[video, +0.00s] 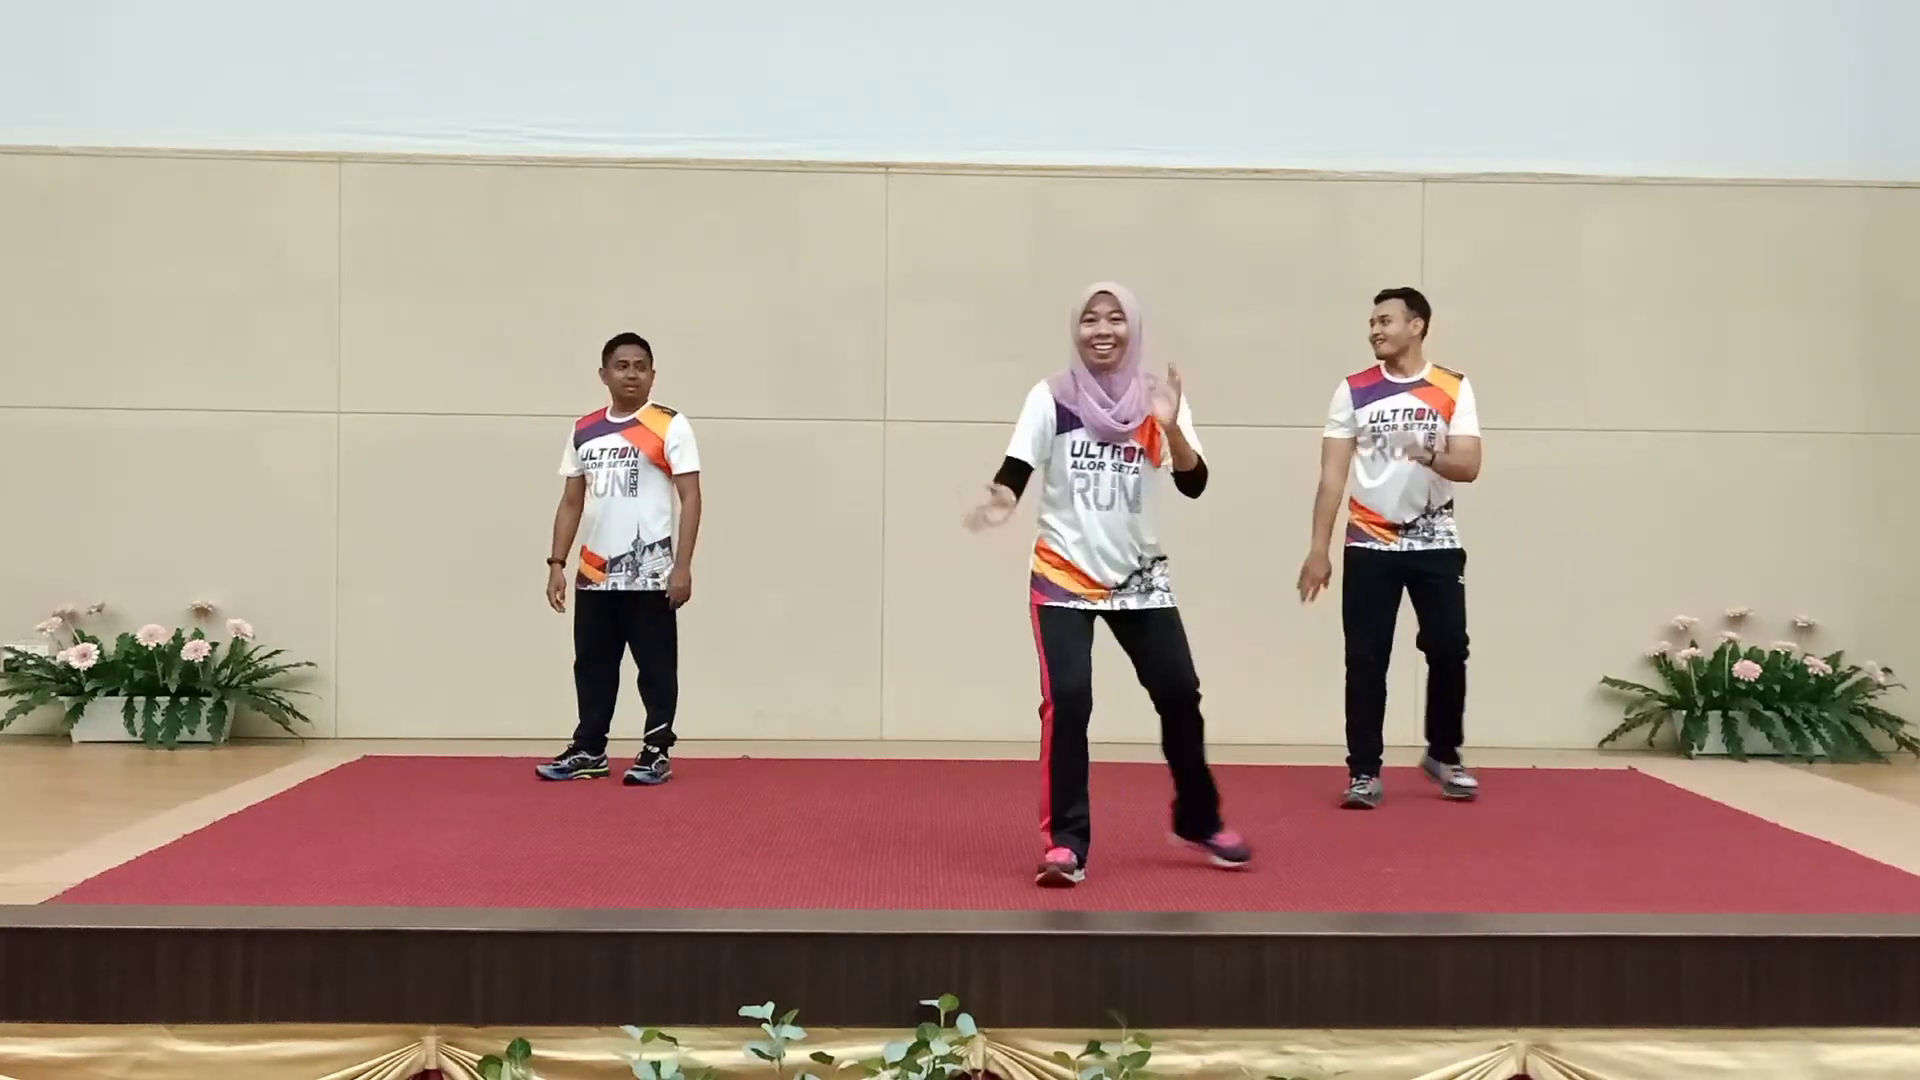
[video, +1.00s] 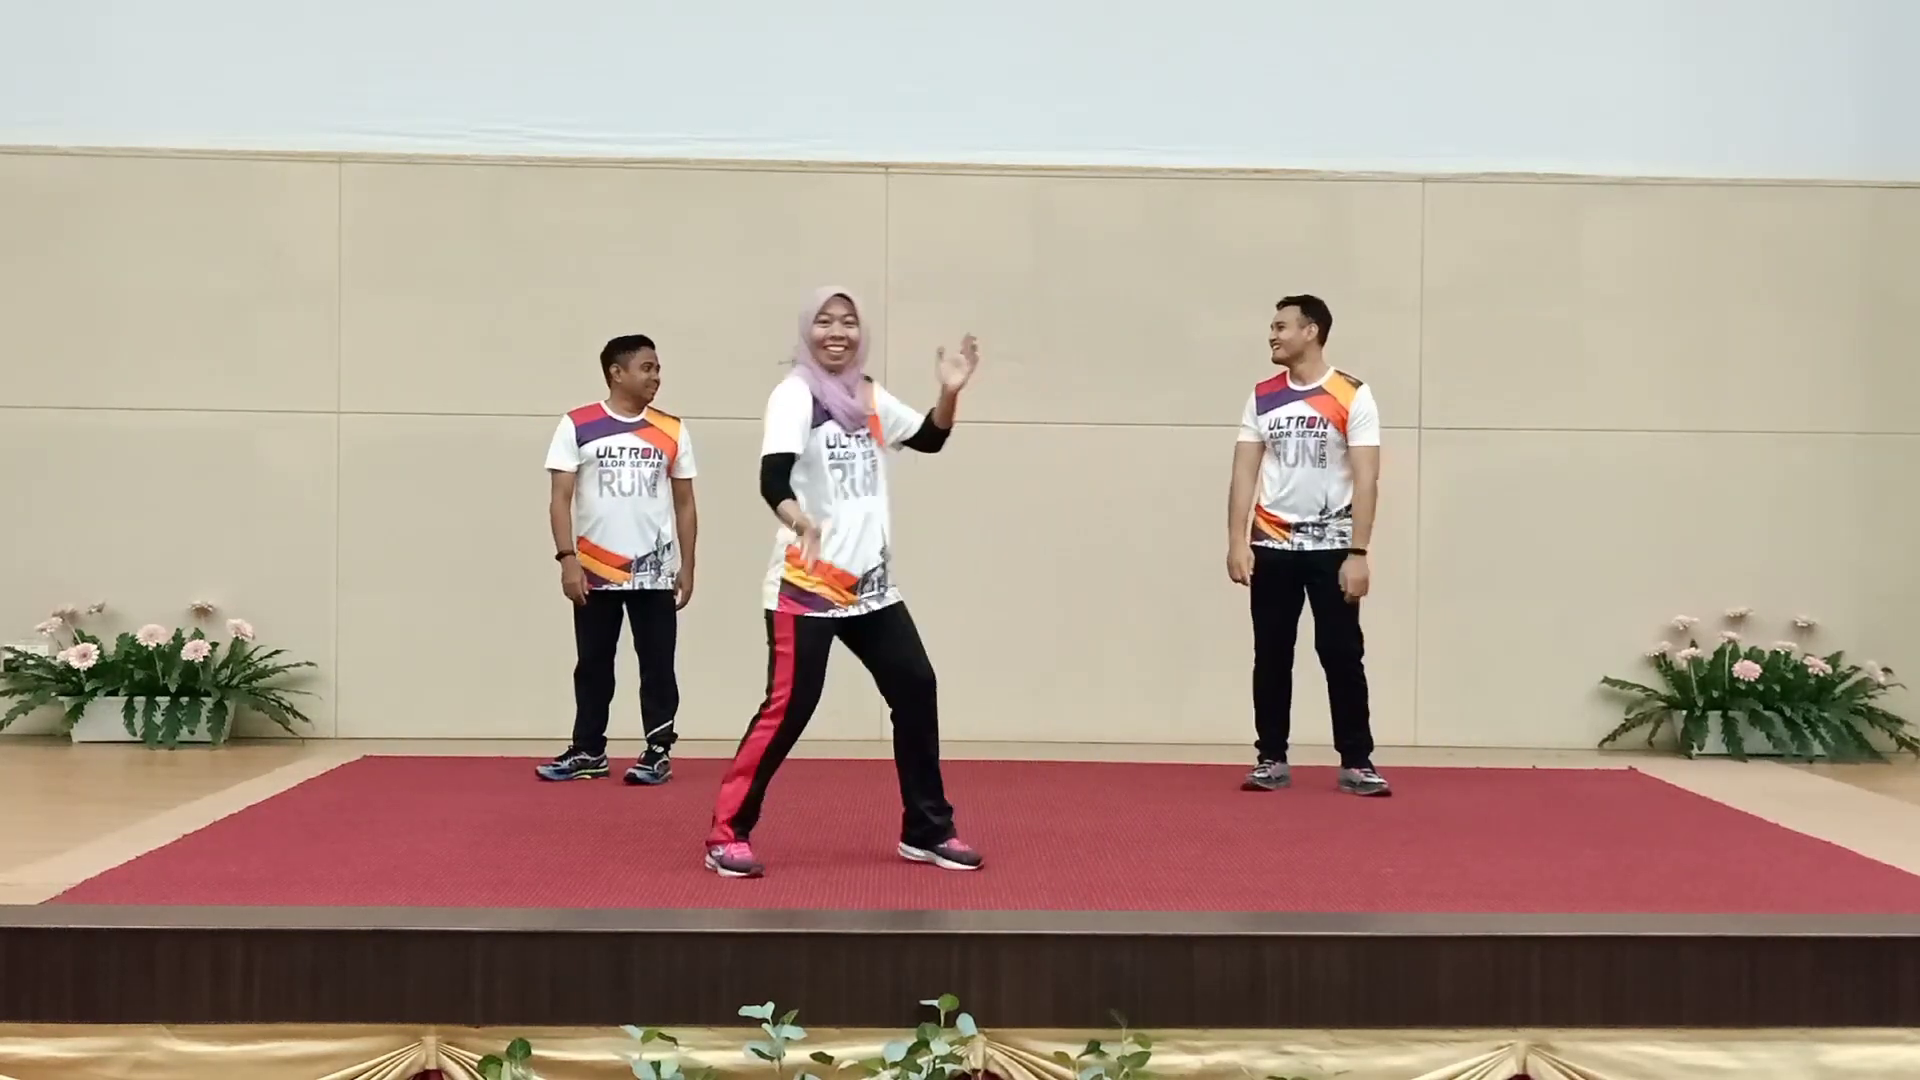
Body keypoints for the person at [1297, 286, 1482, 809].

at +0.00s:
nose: (1375, 328)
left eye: (1386, 320)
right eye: (1372, 322)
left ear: (1418, 327)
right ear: (1371, 331)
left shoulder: (1454, 390)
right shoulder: (1352, 392)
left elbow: (1468, 468)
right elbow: (1332, 475)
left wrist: (1433, 459)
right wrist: (1319, 550)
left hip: (1436, 544)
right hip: (1371, 545)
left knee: (1450, 649)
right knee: (1365, 659)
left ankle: (1443, 756)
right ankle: (1364, 772)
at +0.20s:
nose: (1354, 335)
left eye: (1364, 327)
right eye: (1351, 328)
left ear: (1396, 332)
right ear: (1355, 335)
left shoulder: (1433, 393)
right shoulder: (1336, 397)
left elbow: (1439, 473)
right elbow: (1311, 470)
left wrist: (1404, 537)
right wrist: (1284, 540)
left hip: (1409, 549)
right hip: (1350, 547)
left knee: (1393, 660)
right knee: (1354, 658)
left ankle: (1364, 755)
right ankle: (1361, 771)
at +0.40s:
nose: (1340, 332)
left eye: (1350, 324)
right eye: (1339, 324)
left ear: (1383, 332)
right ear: (1341, 332)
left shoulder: (1419, 401)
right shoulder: (1324, 394)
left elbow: (1429, 486)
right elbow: (1305, 469)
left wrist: (1418, 563)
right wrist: (1286, 539)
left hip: (1393, 551)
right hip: (1335, 545)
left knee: (1378, 660)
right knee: (1341, 654)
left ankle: (1364, 762)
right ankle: (1342, 765)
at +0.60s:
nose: (1321, 333)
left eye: (1331, 326)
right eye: (1321, 326)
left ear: (1363, 331)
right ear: (1331, 333)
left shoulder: (1404, 398)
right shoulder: (1306, 394)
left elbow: (1424, 480)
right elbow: (1292, 474)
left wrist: (1420, 554)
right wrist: (1283, 547)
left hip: (1380, 551)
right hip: (1317, 545)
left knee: (1370, 661)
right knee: (1305, 646)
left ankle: (1359, 763)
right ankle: (1298, 759)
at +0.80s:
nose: (1298, 334)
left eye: (1308, 326)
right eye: (1299, 326)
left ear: (1340, 332)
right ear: (1313, 333)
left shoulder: (1380, 396)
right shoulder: (1284, 395)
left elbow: (1399, 479)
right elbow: (1270, 474)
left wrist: (1404, 554)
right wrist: (1262, 546)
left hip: (1360, 553)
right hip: (1296, 550)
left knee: (1360, 663)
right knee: (1283, 659)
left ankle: (1358, 764)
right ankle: (1273, 760)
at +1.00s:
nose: (1272, 336)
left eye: (1282, 328)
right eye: (1273, 328)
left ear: (1313, 333)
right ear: (1295, 335)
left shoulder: (1353, 396)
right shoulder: (1262, 396)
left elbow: (1366, 480)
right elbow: (1245, 472)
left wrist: (1359, 552)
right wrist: (1237, 541)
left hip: (1332, 550)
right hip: (1271, 548)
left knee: (1343, 658)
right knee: (1271, 658)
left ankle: (1357, 763)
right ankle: (1271, 760)